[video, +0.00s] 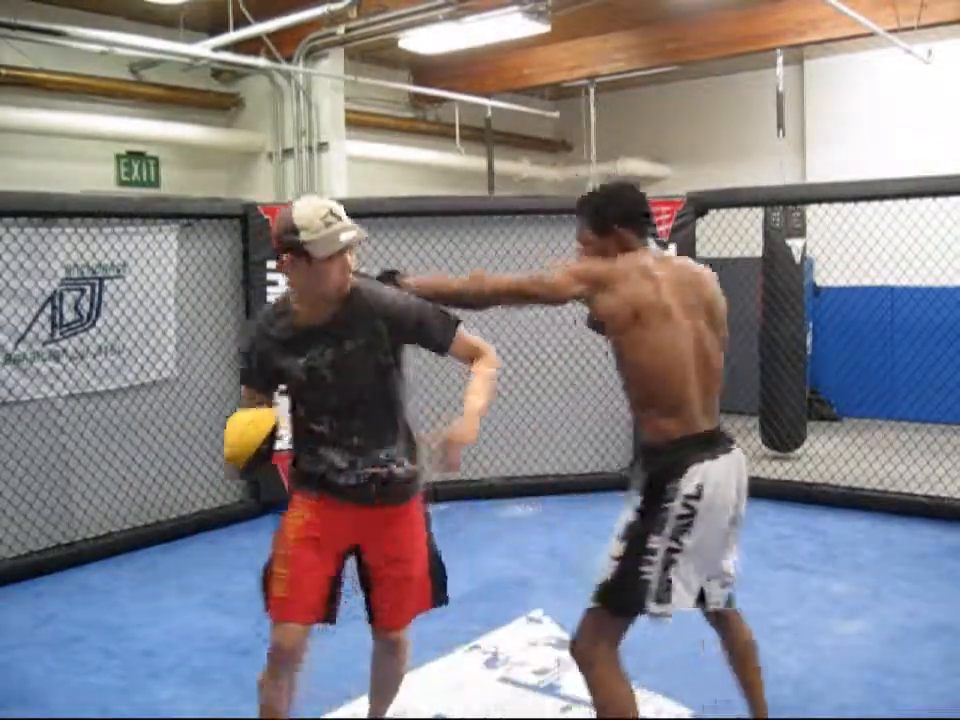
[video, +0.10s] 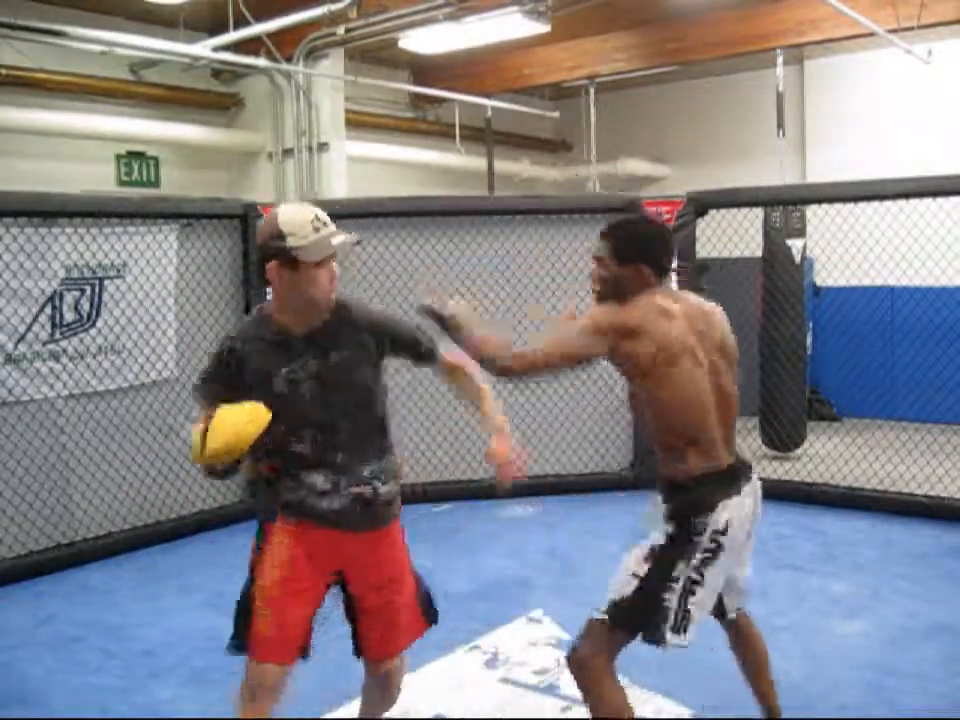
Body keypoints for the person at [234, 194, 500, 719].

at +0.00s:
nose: (349, 264)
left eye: (349, 252)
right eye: (335, 255)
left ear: (352, 251)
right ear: (291, 264)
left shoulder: (383, 308)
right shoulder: (267, 334)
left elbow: (484, 356)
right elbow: (253, 414)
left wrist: (469, 420)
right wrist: (251, 439)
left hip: (394, 501)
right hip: (315, 502)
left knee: (393, 638)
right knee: (286, 647)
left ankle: (378, 715)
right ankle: (271, 713)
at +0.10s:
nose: (334, 273)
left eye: (334, 261)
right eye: (321, 264)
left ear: (337, 264)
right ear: (276, 273)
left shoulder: (363, 325)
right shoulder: (245, 347)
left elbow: (458, 365)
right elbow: (205, 438)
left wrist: (499, 432)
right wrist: (220, 444)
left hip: (376, 525)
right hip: (295, 528)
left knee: (387, 677)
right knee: (263, 682)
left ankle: (369, 717)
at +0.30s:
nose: (333, 269)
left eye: (333, 256)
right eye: (324, 256)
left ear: (294, 260)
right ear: (285, 260)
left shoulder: (332, 333)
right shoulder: (230, 349)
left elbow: (346, 414)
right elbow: (260, 464)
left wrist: (387, 483)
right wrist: (280, 350)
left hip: (339, 538)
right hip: (270, 547)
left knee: (390, 687)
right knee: (251, 703)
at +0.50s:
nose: (343, 239)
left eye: (345, 226)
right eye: (339, 225)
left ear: (304, 227)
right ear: (303, 225)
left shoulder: (304, 298)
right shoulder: (228, 309)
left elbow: (309, 411)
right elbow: (222, 443)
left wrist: (347, 482)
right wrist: (306, 396)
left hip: (319, 519)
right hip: (255, 529)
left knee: (353, 651)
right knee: (261, 690)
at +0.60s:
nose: (339, 237)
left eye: (340, 222)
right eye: (332, 221)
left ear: (296, 225)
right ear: (293, 224)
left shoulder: (303, 296)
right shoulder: (214, 318)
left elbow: (290, 401)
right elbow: (164, 438)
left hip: (316, 530)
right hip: (251, 544)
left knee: (334, 670)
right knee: (246, 699)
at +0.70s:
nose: (326, 247)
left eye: (326, 233)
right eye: (319, 232)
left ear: (281, 235)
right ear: (280, 234)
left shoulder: (296, 309)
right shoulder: (192, 337)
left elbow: (290, 417)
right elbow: (150, 452)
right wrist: (177, 513)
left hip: (310, 557)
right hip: (240, 574)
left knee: (329, 690)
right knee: (243, 709)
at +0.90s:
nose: (332, 243)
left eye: (333, 228)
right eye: (327, 227)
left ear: (288, 227)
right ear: (291, 227)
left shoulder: (292, 295)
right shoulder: (191, 338)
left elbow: (283, 424)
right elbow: (147, 478)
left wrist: (306, 518)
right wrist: (249, 538)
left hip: (307, 561)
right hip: (224, 583)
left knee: (364, 701)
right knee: (225, 711)